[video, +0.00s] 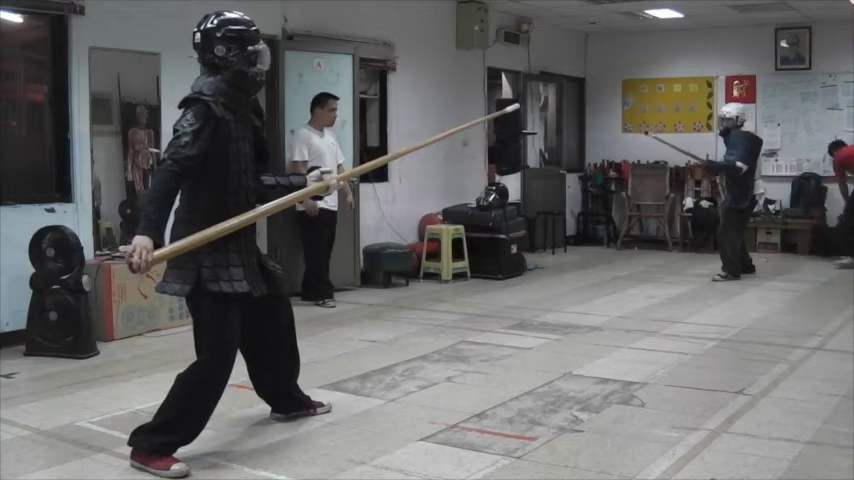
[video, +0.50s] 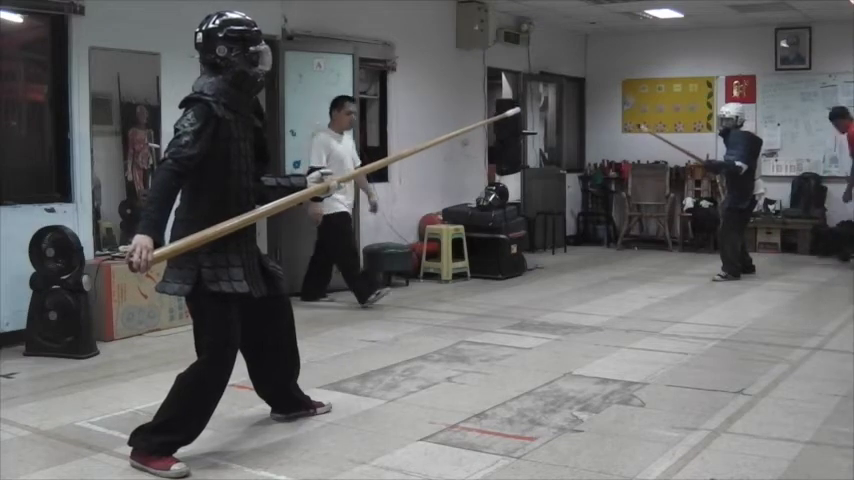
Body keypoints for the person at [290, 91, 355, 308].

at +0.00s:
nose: (336, 115)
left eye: (336, 110)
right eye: (332, 110)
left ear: (324, 112)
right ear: (318, 111)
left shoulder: (330, 136)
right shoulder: (302, 134)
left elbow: (339, 168)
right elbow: (298, 169)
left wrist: (348, 191)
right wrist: (305, 196)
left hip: (330, 202)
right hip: (312, 202)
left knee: (324, 249)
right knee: (316, 250)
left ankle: (313, 290)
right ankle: (321, 292)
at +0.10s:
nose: (336, 115)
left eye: (337, 111)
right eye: (332, 110)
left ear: (328, 113)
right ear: (318, 111)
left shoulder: (331, 136)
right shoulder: (304, 134)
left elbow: (340, 168)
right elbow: (299, 169)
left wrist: (348, 192)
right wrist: (307, 197)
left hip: (331, 200)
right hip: (314, 201)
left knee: (326, 248)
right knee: (320, 248)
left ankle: (313, 290)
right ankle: (326, 291)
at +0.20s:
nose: (337, 115)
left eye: (339, 110)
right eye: (333, 110)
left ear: (335, 112)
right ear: (320, 110)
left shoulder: (334, 136)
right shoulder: (306, 134)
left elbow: (341, 169)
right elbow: (300, 169)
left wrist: (349, 194)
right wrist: (307, 198)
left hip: (333, 201)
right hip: (315, 202)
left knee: (323, 250)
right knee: (327, 249)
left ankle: (311, 289)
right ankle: (338, 291)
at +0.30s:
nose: (341, 115)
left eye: (342, 111)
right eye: (337, 111)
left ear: (339, 112)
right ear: (323, 111)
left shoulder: (337, 137)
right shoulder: (310, 136)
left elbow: (345, 168)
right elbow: (304, 170)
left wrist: (353, 195)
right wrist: (307, 198)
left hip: (335, 201)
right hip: (319, 202)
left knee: (322, 249)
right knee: (333, 247)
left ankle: (311, 291)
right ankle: (347, 289)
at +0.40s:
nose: (346, 116)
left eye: (347, 112)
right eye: (342, 112)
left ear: (343, 114)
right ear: (328, 112)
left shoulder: (341, 138)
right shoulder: (315, 137)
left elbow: (350, 170)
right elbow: (309, 172)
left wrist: (360, 196)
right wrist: (309, 201)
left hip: (339, 202)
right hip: (324, 203)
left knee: (323, 249)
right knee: (339, 247)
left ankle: (312, 291)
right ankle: (356, 289)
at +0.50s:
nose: (353, 118)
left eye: (354, 114)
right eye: (349, 114)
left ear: (348, 116)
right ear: (336, 113)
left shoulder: (348, 139)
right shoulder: (321, 139)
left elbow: (357, 169)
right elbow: (314, 174)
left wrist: (370, 192)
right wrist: (315, 202)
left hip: (345, 205)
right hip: (330, 206)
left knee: (325, 251)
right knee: (345, 250)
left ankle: (312, 291)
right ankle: (364, 293)